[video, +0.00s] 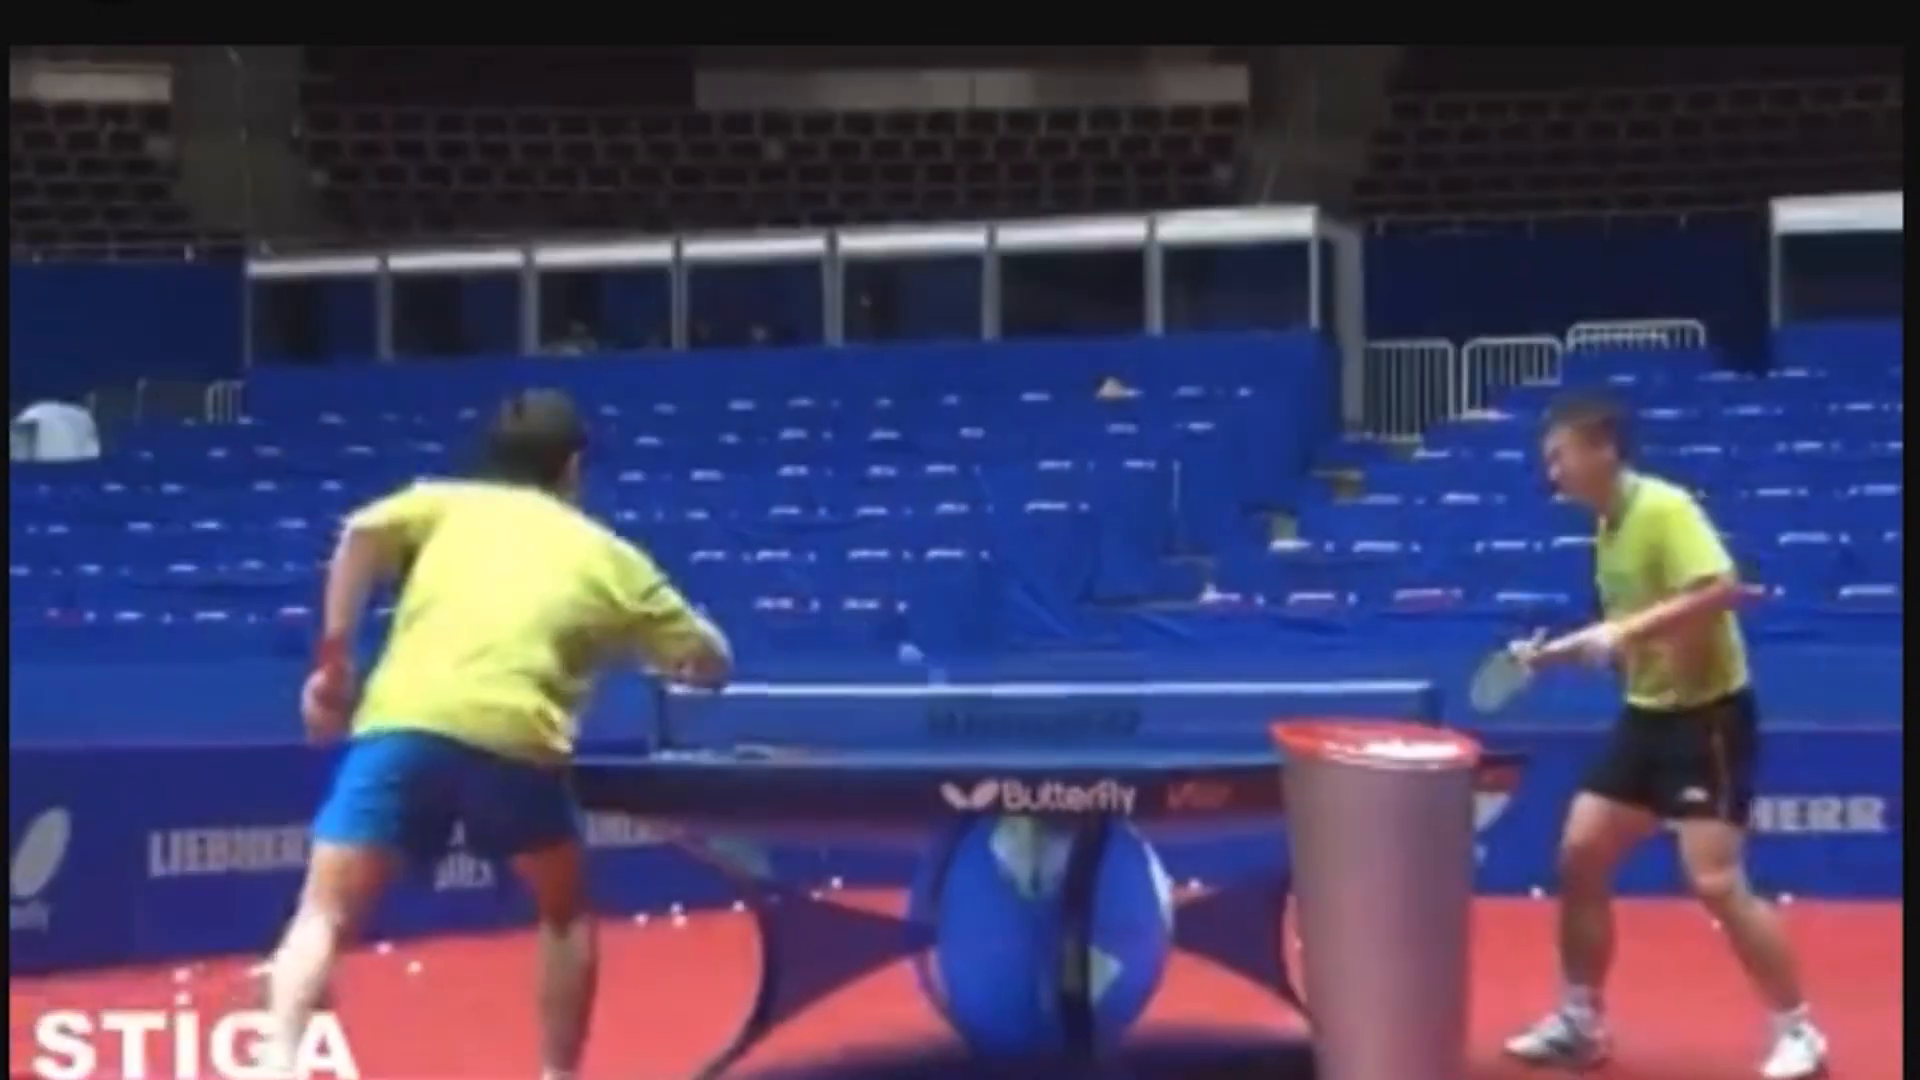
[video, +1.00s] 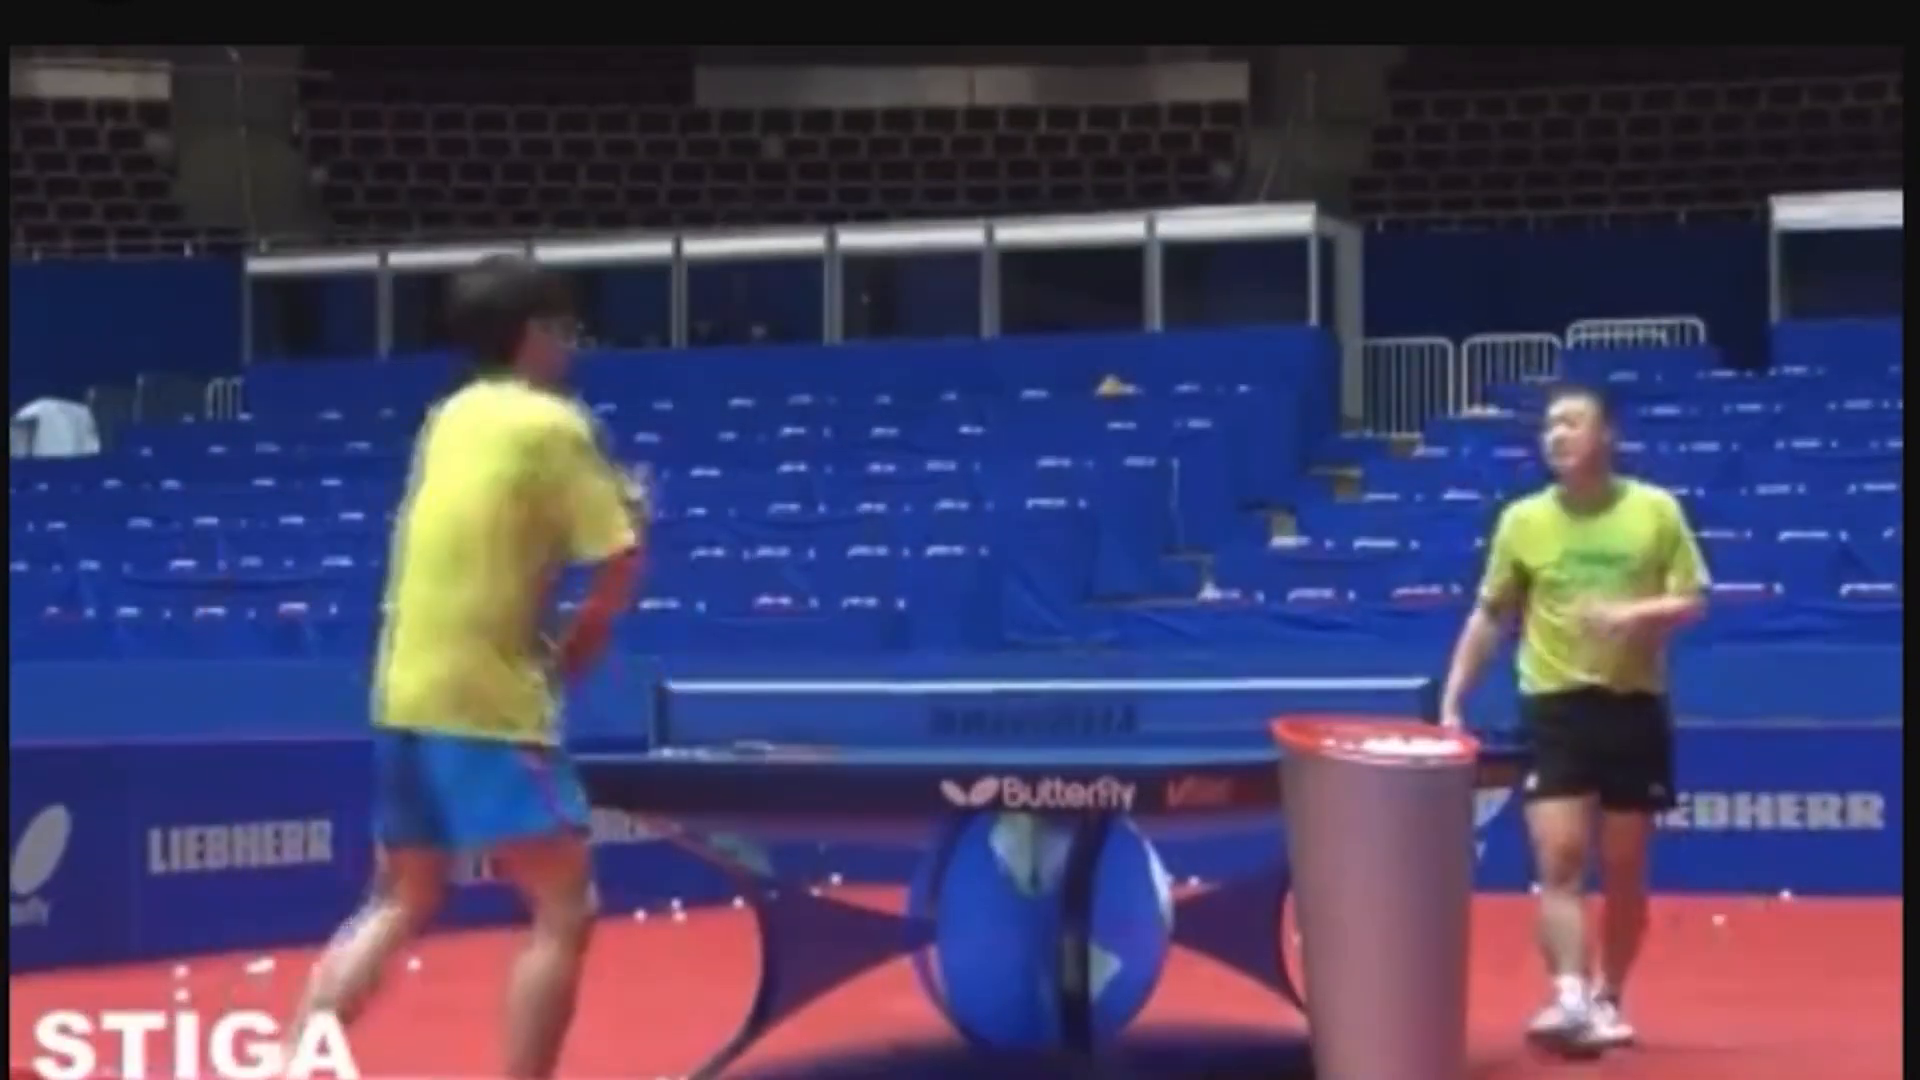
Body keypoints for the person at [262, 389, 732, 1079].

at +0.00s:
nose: (584, 473)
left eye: (581, 462)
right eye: (583, 463)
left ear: (498, 458)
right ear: (571, 468)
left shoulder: (446, 501)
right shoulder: (606, 555)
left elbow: (361, 534)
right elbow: (710, 662)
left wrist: (333, 656)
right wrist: (662, 646)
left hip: (401, 724)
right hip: (516, 742)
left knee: (325, 910)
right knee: (565, 918)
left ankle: (279, 1058)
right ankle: (559, 1068)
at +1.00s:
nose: (570, 344)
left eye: (567, 327)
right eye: (558, 328)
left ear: (490, 339)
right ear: (524, 336)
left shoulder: (450, 416)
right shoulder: (549, 426)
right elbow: (620, 555)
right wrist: (571, 654)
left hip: (402, 700)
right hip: (485, 705)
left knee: (403, 894)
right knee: (564, 910)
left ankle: (300, 1055)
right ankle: (525, 1067)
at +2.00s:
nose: (923, 351)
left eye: (925, 332)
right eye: (918, 331)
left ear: (866, 324)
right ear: (879, 320)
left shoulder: (817, 399)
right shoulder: (858, 405)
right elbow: (978, 497)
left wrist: (959, 457)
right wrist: (1009, 554)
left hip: (817, 702)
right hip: (858, 707)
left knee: (842, 929)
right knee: (906, 922)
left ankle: (771, 1068)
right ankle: (936, 1068)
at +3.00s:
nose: (1103, 343)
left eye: (1104, 329)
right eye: (1104, 328)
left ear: (1020, 319)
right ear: (1086, 324)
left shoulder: (1010, 389)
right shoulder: (1052, 386)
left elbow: (1083, 510)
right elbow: (1161, 478)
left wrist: (1157, 557)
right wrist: (1181, 540)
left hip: (1019, 687)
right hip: (991, 687)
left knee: (1074, 897)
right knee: (1010, 913)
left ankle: (1048, 1069)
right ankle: (962, 1070)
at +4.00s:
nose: (1208, 356)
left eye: (1212, 340)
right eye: (1209, 341)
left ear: (1235, 338)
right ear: (1305, 345)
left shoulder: (1188, 426)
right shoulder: (1365, 424)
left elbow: (1192, 557)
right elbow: (1406, 568)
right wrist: (1397, 665)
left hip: (1165, 674)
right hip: (1285, 681)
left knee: (1134, 909)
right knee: (1293, 927)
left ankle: (1112, 1072)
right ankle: (1283, 1073)